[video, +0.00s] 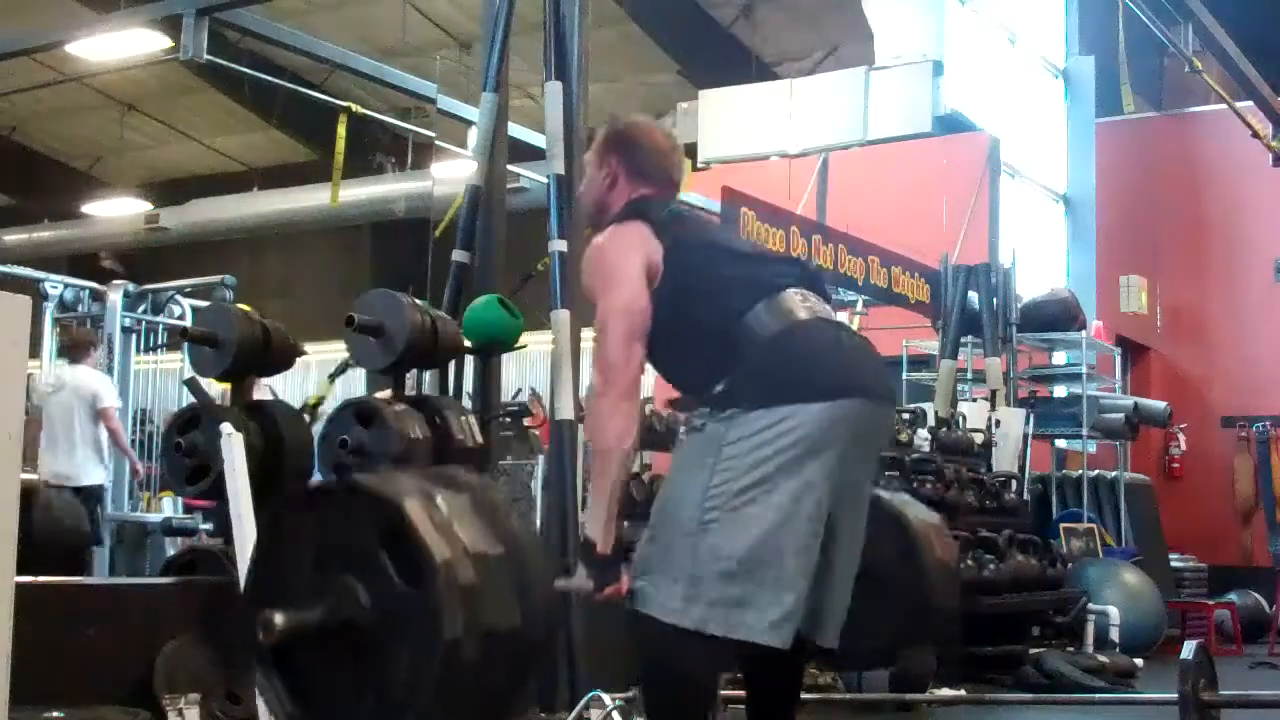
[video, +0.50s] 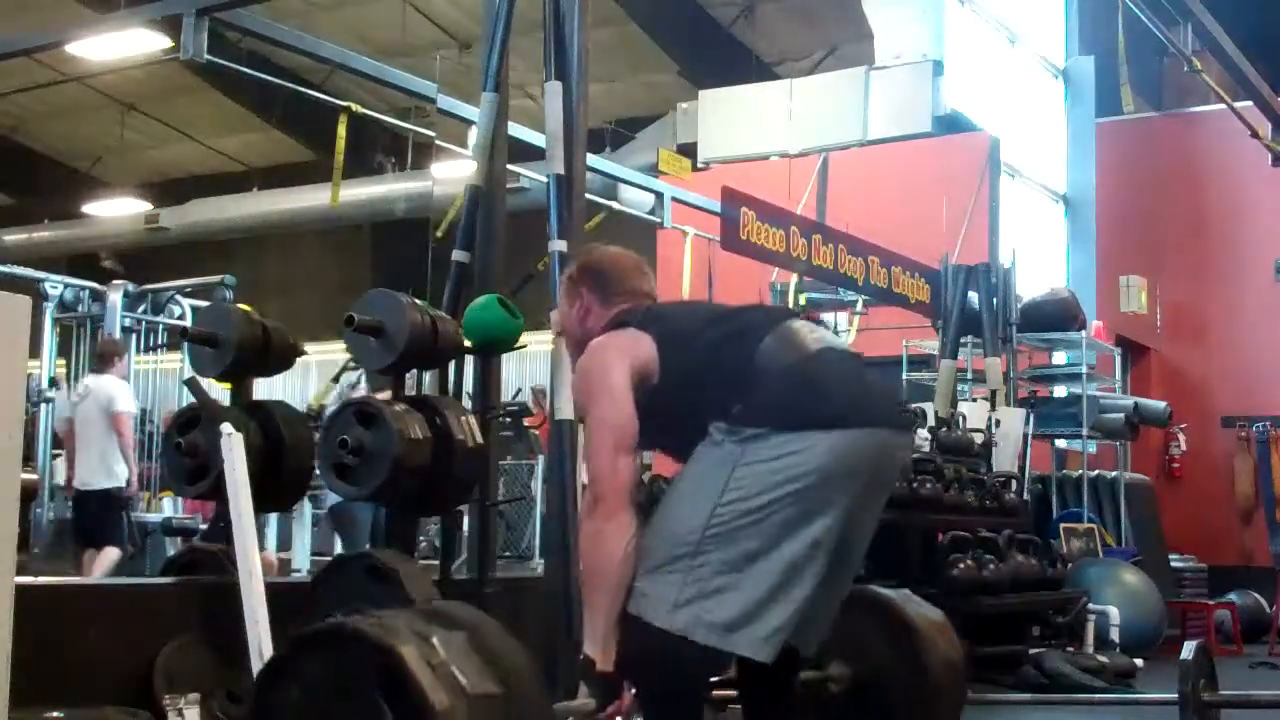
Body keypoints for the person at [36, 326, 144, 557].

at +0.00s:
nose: (97, 357)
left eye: (95, 351)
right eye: (96, 351)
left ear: (67, 351)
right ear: (90, 352)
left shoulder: (47, 379)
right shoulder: (98, 380)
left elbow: (35, 427)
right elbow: (111, 424)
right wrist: (133, 459)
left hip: (51, 477)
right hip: (86, 479)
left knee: (53, 544)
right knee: (86, 545)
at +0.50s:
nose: (127, 365)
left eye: (126, 359)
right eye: (125, 360)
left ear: (100, 360)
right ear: (116, 361)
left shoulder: (81, 387)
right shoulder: (117, 387)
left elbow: (67, 432)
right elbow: (123, 430)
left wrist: (71, 472)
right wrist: (133, 471)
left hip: (83, 482)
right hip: (109, 481)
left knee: (89, 546)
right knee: (116, 544)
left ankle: (87, 593)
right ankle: (90, 588)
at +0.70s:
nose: (141, 368)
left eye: (140, 363)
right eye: (139, 363)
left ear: (116, 362)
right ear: (130, 362)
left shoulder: (95, 388)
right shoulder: (127, 387)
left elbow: (87, 431)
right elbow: (128, 427)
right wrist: (146, 465)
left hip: (94, 480)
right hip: (123, 479)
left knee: (94, 543)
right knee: (144, 537)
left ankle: (93, 597)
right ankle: (125, 584)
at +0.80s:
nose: (148, 372)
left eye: (148, 366)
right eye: (147, 366)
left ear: (125, 365)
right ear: (138, 365)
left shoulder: (104, 388)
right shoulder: (133, 389)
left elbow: (100, 433)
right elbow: (133, 429)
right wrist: (153, 466)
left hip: (100, 481)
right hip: (130, 480)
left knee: (97, 543)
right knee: (153, 541)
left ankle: (93, 602)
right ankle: (147, 598)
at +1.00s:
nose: (176, 377)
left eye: (176, 372)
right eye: (175, 372)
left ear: (151, 371)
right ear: (165, 371)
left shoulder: (135, 392)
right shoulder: (157, 395)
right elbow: (156, 438)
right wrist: (171, 477)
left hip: (122, 484)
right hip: (146, 485)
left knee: (111, 544)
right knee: (166, 550)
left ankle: (91, 594)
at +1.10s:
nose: (189, 378)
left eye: (189, 373)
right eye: (188, 373)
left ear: (165, 371)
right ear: (180, 373)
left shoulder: (146, 393)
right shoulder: (171, 394)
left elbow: (136, 432)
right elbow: (165, 423)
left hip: (137, 483)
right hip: (161, 484)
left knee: (126, 544)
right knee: (179, 548)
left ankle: (99, 591)